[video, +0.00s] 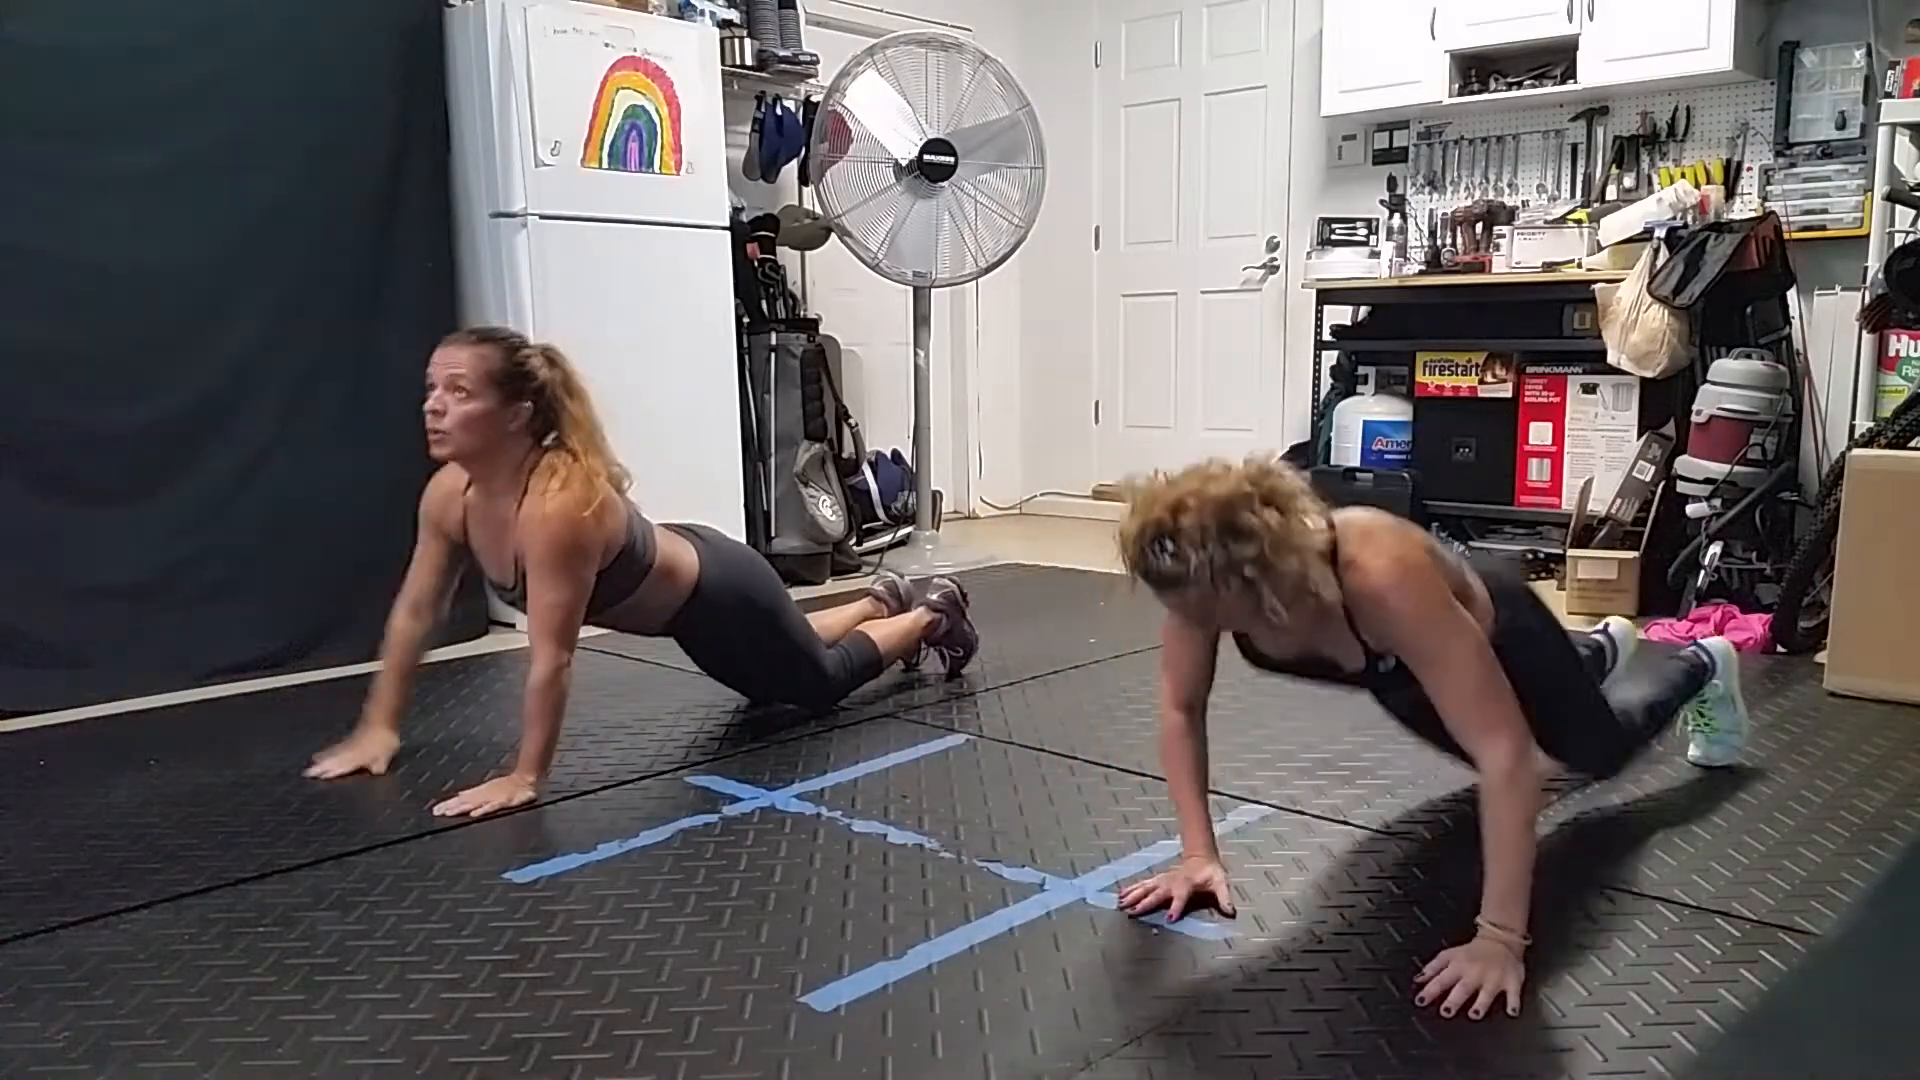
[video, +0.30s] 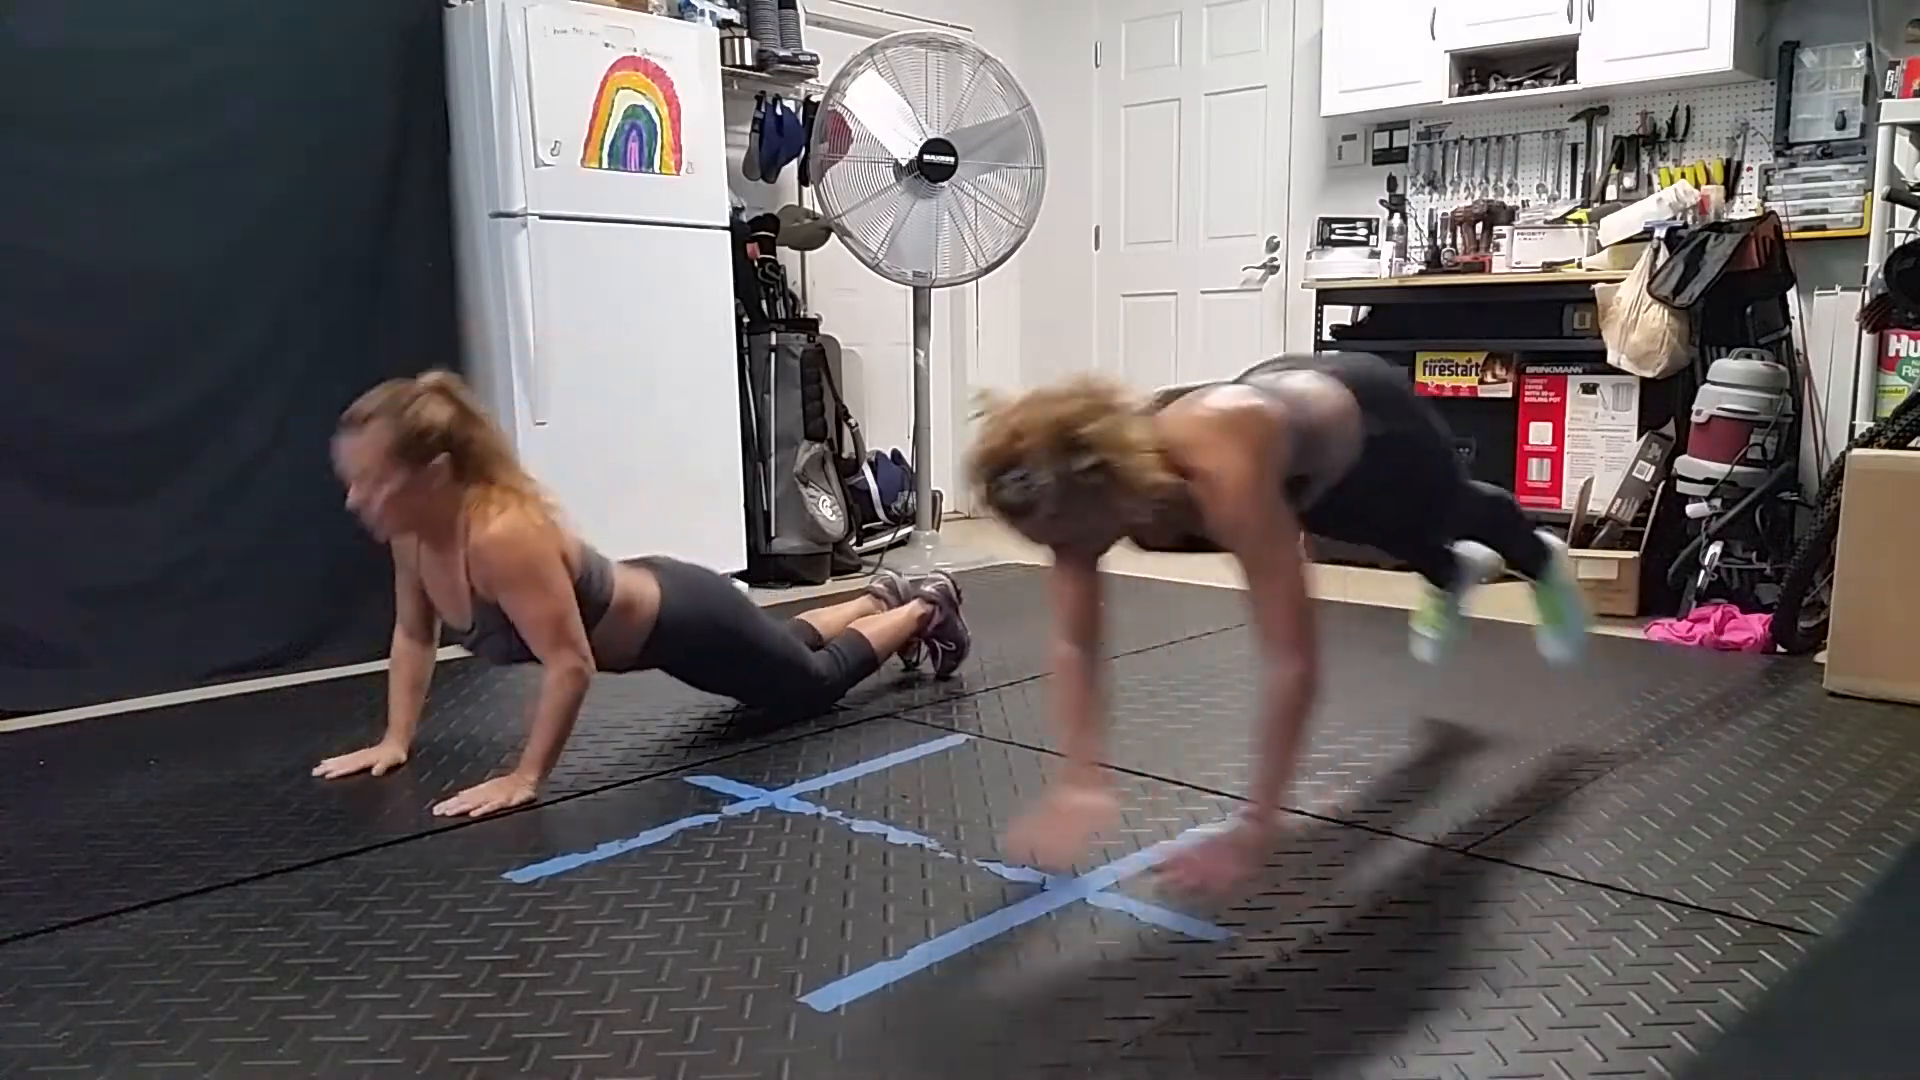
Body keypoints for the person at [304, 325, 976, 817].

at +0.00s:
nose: (433, 407)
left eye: (455, 394)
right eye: (431, 391)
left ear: (518, 412)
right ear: (437, 405)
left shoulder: (556, 506)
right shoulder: (451, 490)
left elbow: (552, 654)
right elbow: (414, 612)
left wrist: (526, 777)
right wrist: (378, 728)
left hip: (723, 600)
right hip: (683, 572)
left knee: (820, 684)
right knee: (783, 642)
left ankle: (926, 619)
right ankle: (878, 601)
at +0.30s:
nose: (353, 501)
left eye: (365, 484)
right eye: (350, 484)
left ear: (429, 471)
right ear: (406, 475)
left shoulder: (504, 536)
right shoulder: (411, 531)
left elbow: (570, 665)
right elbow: (413, 635)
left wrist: (526, 777)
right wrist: (397, 741)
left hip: (688, 623)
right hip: (650, 607)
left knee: (817, 679)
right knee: (778, 644)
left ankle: (923, 612)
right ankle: (876, 599)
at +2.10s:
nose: (338, 534)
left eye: (335, 518)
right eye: (325, 524)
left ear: (377, 471)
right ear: (359, 481)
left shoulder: (486, 504)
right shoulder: (399, 515)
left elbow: (538, 643)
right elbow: (407, 628)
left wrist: (514, 770)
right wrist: (392, 741)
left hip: (673, 594)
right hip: (640, 593)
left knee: (811, 682)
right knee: (766, 650)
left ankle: (925, 622)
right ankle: (868, 600)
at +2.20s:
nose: (338, 575)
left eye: (333, 558)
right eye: (325, 566)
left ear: (368, 513)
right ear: (359, 520)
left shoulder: (482, 520)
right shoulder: (406, 533)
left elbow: (549, 652)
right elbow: (413, 630)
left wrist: (518, 773)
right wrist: (394, 742)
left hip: (671, 605)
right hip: (641, 591)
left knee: (817, 681)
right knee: (768, 642)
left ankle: (927, 621)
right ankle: (872, 598)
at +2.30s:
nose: (337, 620)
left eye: (330, 603)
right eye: (322, 611)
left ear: (357, 559)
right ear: (347, 557)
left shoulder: (471, 542)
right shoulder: (405, 554)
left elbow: (560, 661)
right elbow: (410, 645)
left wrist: (516, 775)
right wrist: (391, 744)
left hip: (668, 617)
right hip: (640, 604)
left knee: (816, 676)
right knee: (769, 648)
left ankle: (930, 620)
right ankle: (870, 600)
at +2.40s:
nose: (339, 661)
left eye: (328, 651)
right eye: (321, 658)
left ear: (346, 606)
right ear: (338, 598)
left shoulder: (459, 569)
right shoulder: (399, 582)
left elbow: (563, 665)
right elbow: (407, 659)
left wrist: (514, 775)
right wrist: (391, 742)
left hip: (668, 634)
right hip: (636, 617)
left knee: (816, 675)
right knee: (764, 640)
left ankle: (924, 621)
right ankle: (868, 596)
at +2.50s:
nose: (330, 697)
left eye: (322, 684)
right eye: (315, 692)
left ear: (337, 645)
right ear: (334, 635)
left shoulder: (447, 593)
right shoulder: (386, 607)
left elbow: (564, 670)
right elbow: (399, 673)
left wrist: (515, 775)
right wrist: (389, 742)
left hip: (666, 646)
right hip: (631, 625)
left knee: (819, 677)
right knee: (764, 640)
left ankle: (927, 618)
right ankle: (869, 595)